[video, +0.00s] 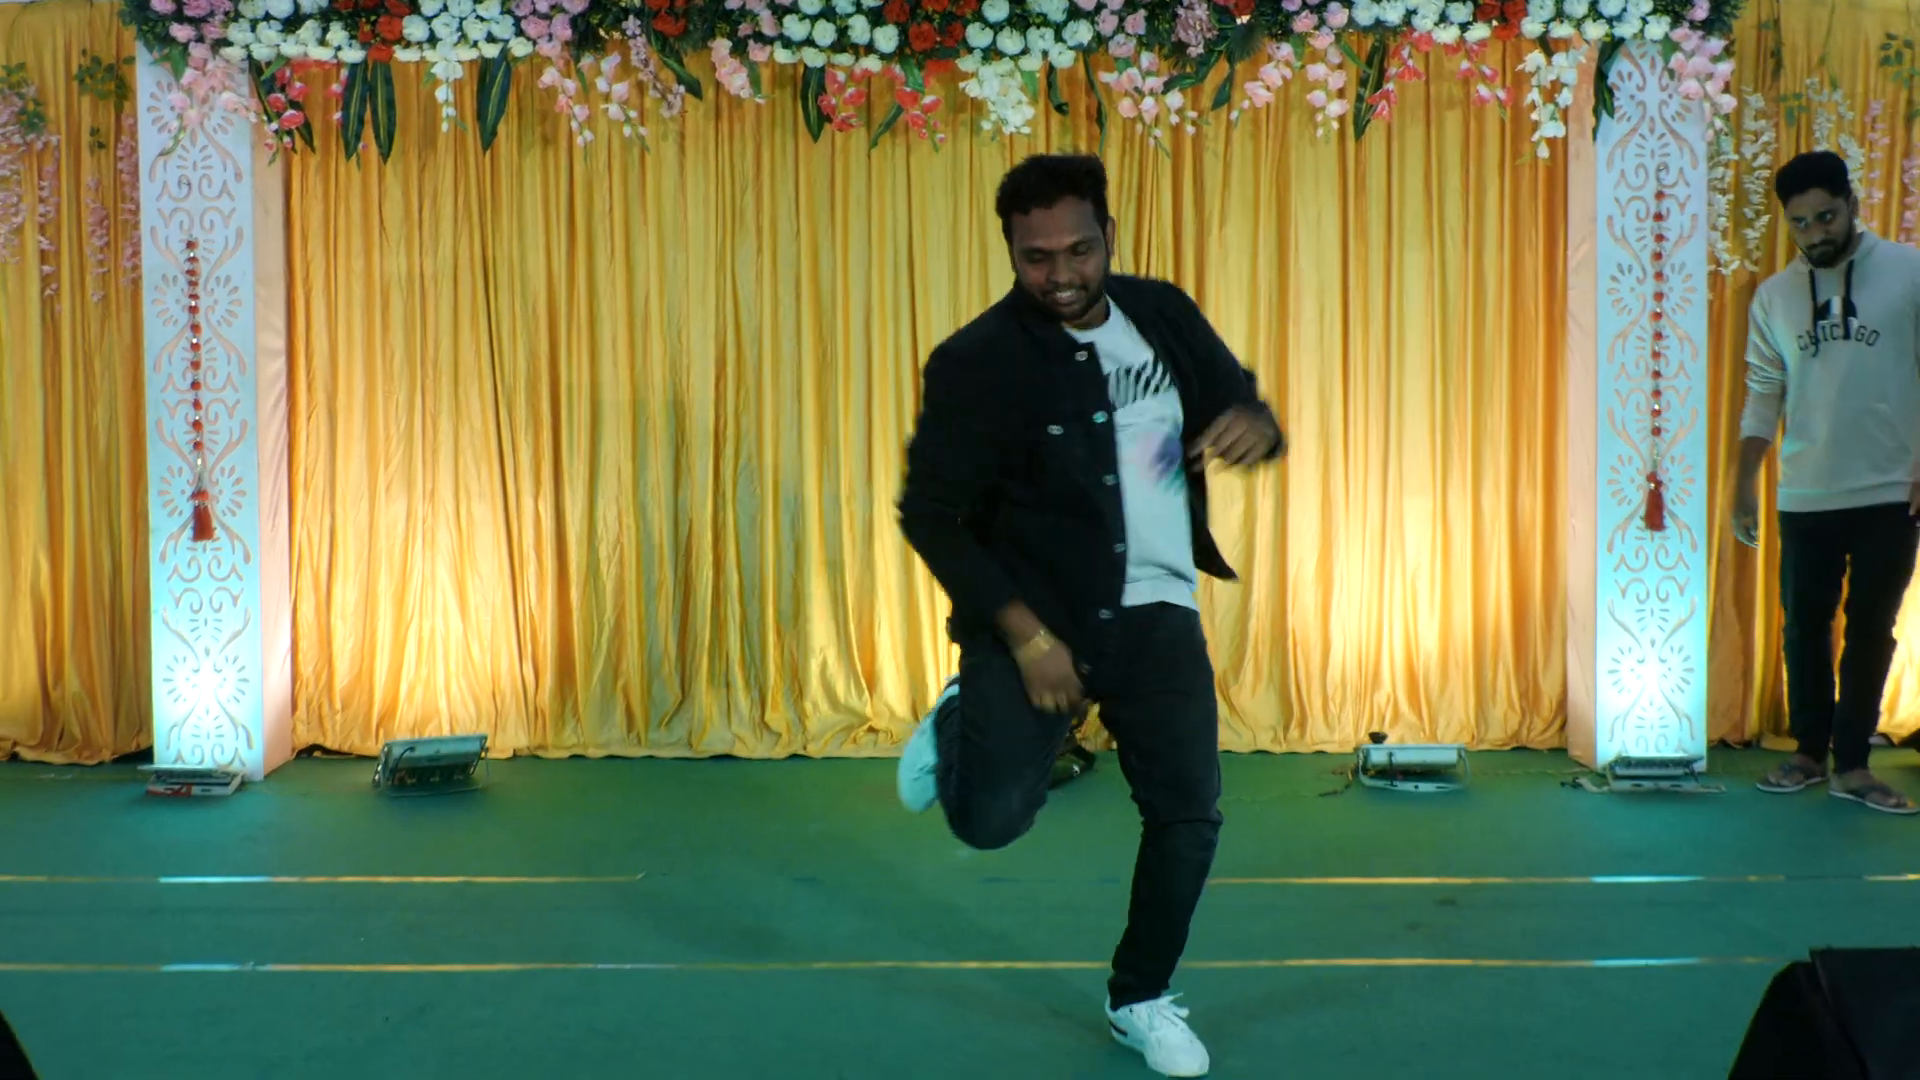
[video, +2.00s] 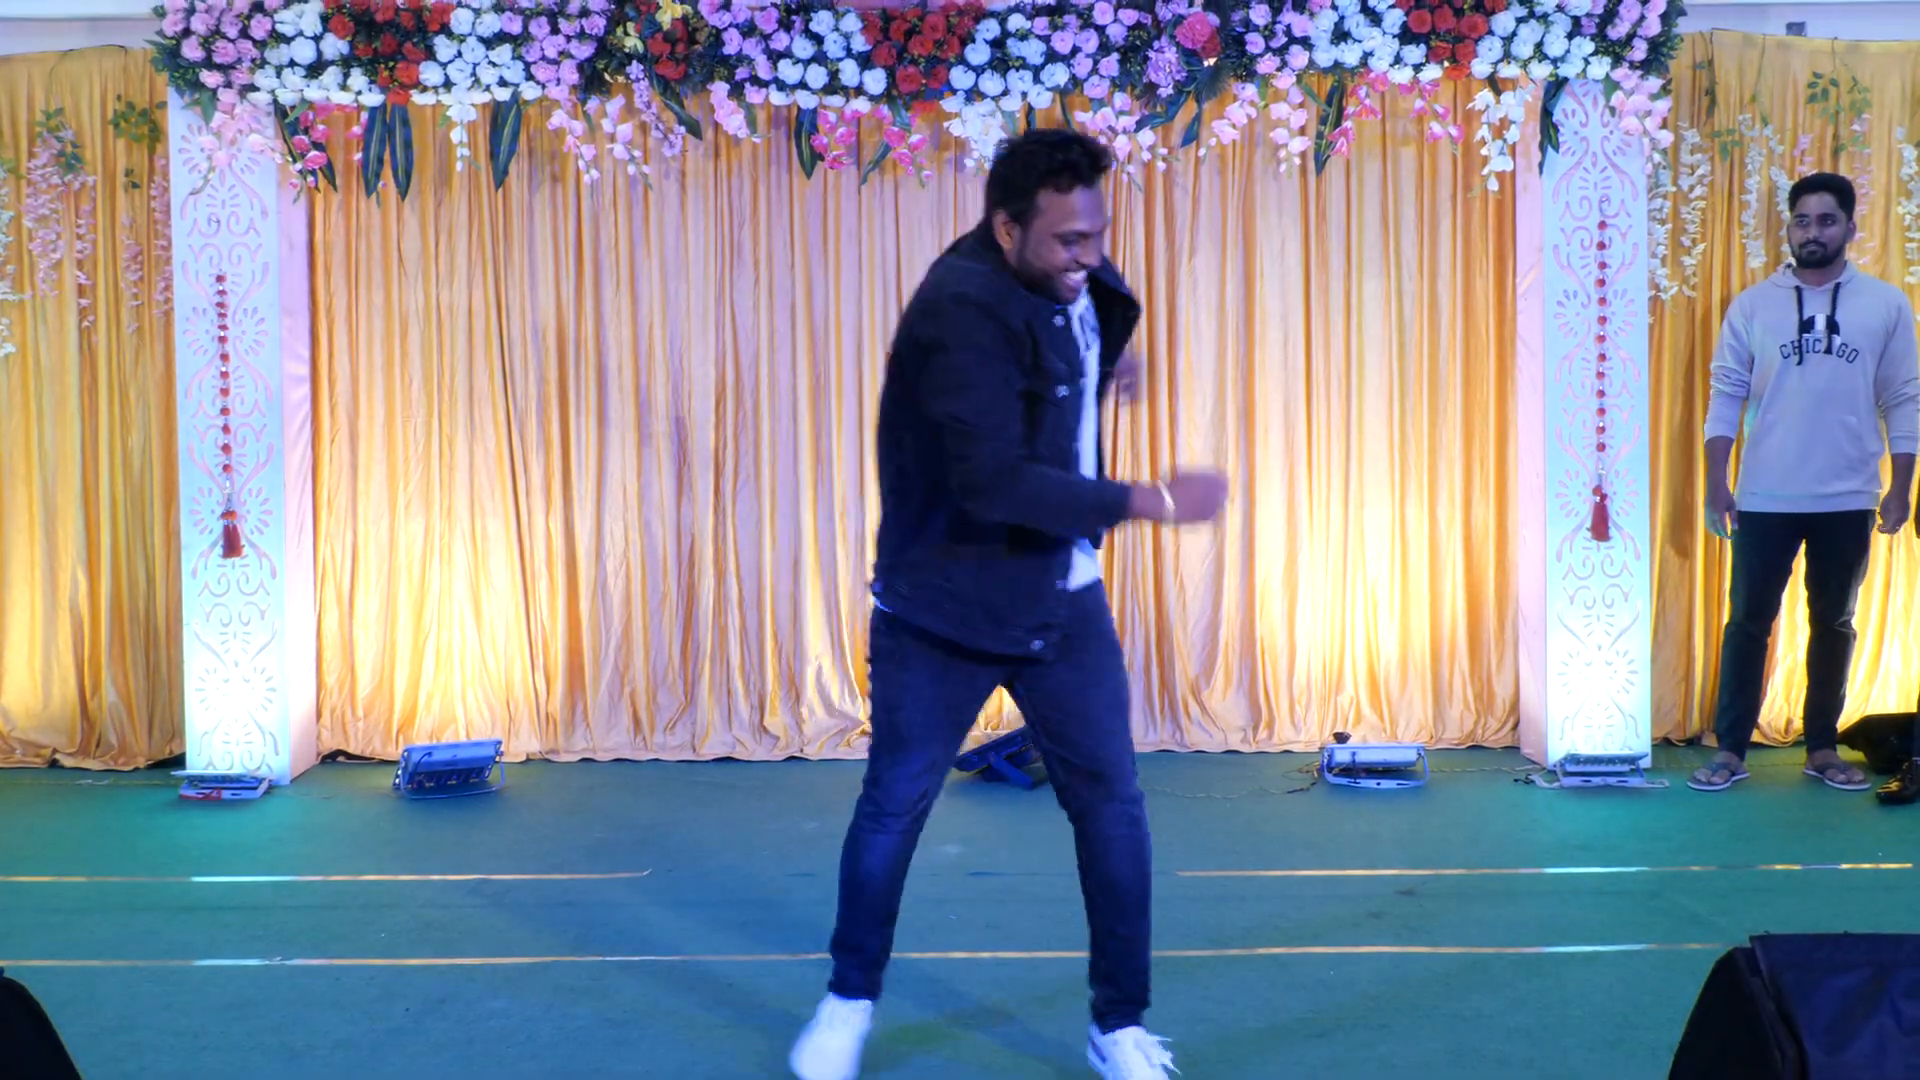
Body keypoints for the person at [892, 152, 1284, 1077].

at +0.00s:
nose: (1063, 276)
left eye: (1079, 251)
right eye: (1039, 258)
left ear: (1109, 240)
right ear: (1010, 255)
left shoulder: (1163, 314)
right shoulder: (974, 364)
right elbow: (928, 514)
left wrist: (1252, 425)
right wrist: (1023, 630)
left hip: (1158, 616)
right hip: (1032, 623)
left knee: (1187, 816)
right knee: (991, 820)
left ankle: (1139, 993)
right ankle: (956, 724)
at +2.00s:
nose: (1089, 257)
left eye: (1096, 236)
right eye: (1069, 239)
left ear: (1100, 221)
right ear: (1006, 226)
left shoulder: (1066, 285)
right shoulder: (960, 310)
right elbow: (988, 482)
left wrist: (1119, 334)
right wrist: (1144, 501)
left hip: (1060, 598)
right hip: (940, 607)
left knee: (1111, 800)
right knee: (893, 804)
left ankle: (1120, 1023)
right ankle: (849, 997)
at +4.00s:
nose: (1042, 436)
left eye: (1051, 420)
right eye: (1029, 422)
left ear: (1055, 383)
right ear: (973, 395)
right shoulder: (912, 445)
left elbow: (929, 301)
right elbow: (936, 576)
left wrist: (994, 306)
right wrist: (975, 444)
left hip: (944, 667)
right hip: (835, 648)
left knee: (951, 846)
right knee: (778, 831)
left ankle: (922, 1033)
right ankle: (707, 709)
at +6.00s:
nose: (924, 342)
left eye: (937, 325)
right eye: (912, 323)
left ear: (945, 312)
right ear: (854, 294)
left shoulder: (903, 371)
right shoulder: (765, 327)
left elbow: (900, 448)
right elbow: (674, 283)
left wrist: (945, 504)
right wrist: (836, 221)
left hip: (828, 619)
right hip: (708, 632)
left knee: (873, 815)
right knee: (719, 846)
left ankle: (847, 979)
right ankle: (742, 1055)